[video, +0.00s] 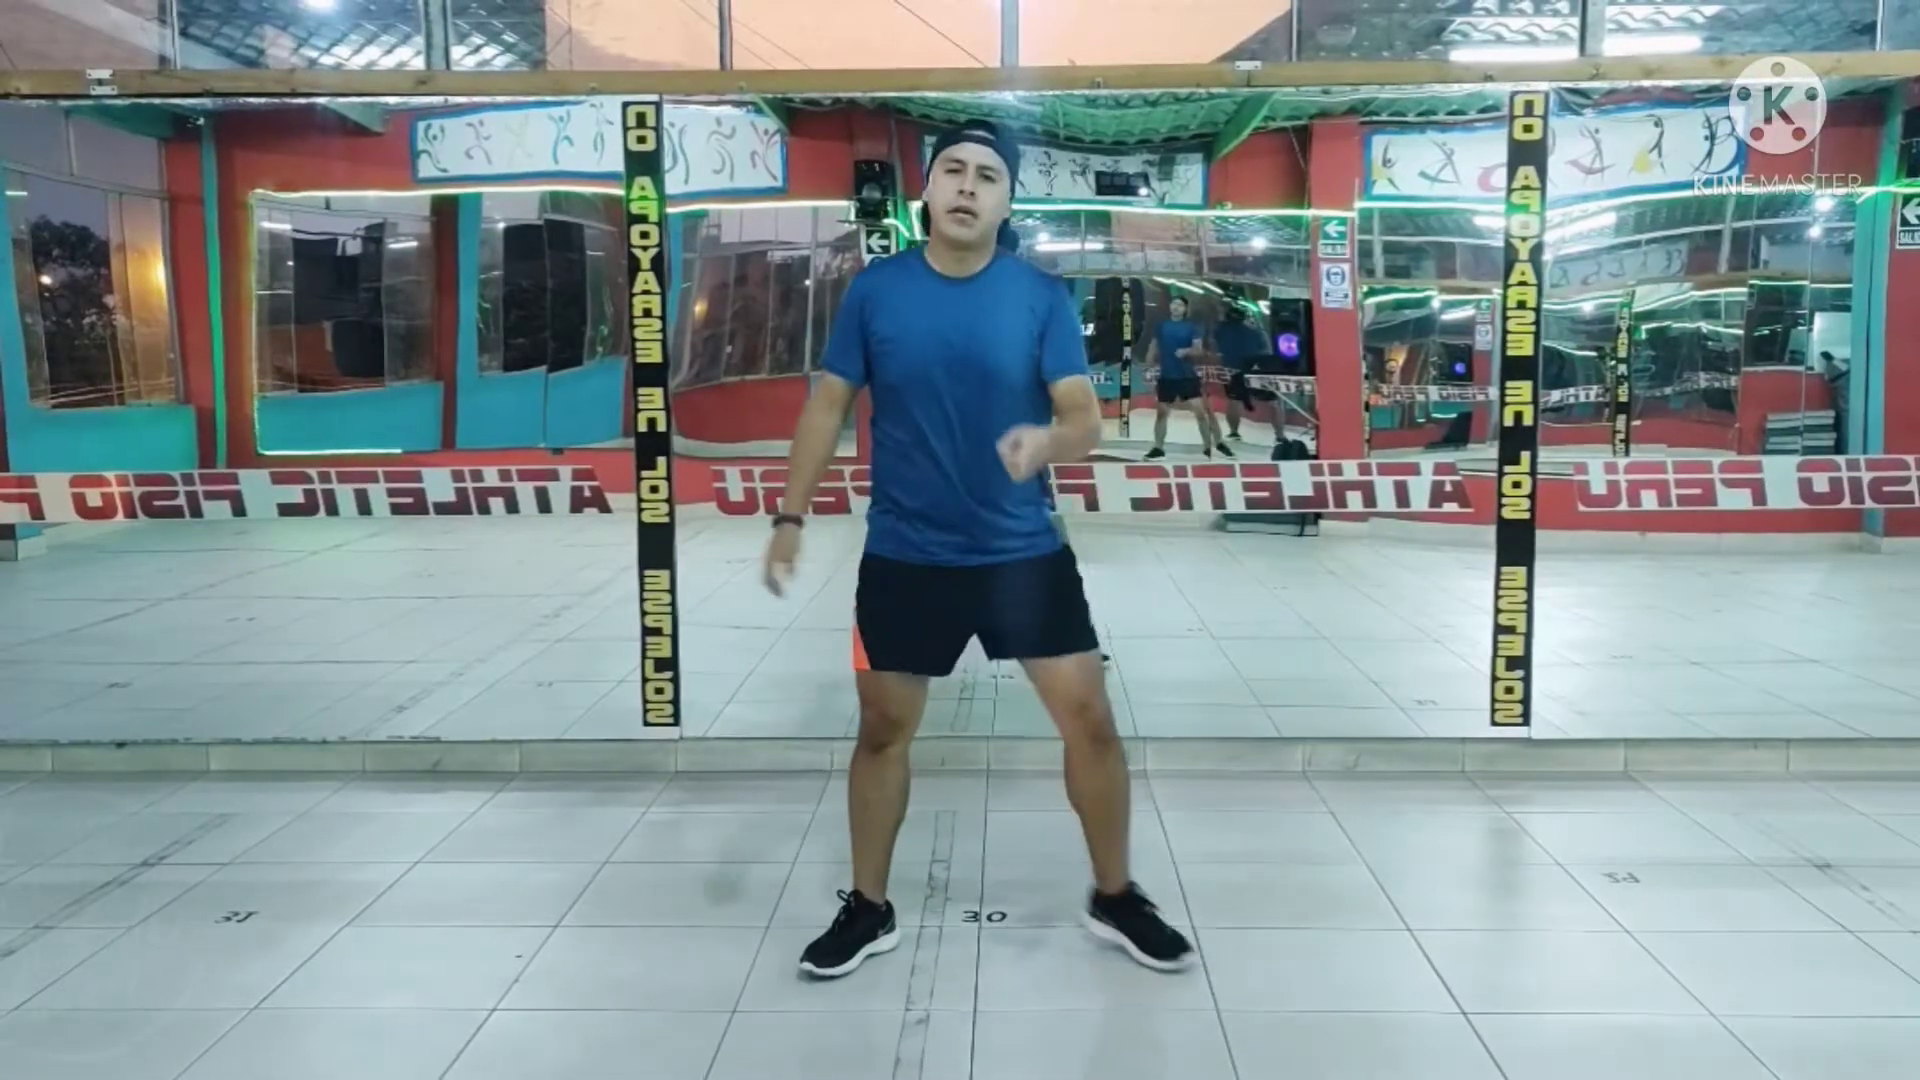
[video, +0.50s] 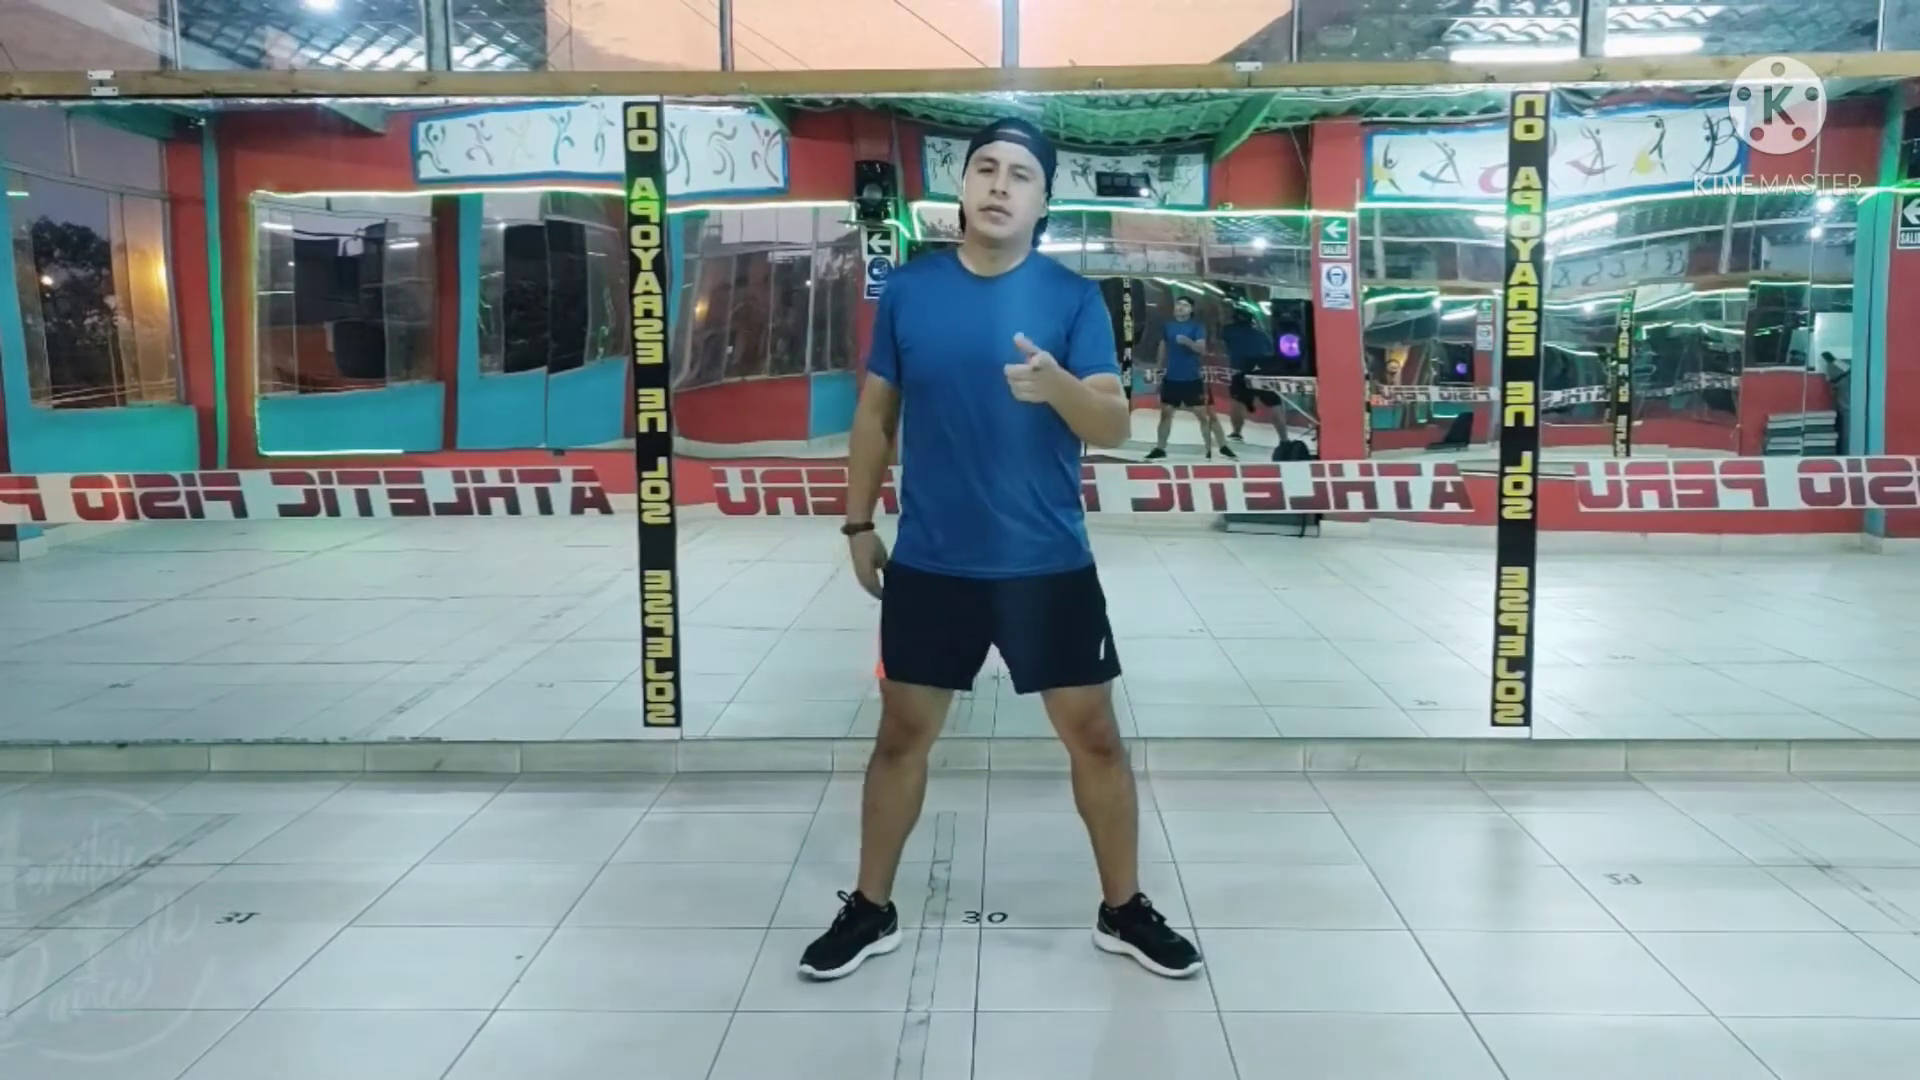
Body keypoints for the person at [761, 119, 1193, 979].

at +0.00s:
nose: (967, 186)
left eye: (986, 177)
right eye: (953, 172)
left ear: (1008, 204)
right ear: (926, 192)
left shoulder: (1039, 295)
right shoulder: (874, 291)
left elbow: (1084, 424)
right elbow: (827, 406)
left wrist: (1046, 441)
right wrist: (791, 515)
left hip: (1023, 549)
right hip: (907, 549)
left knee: (1089, 715)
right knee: (882, 727)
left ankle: (1115, 893)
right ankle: (867, 901)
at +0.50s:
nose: (999, 185)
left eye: (1019, 176)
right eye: (986, 170)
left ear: (1044, 204)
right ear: (960, 190)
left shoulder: (1072, 297)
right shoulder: (907, 290)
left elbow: (1111, 428)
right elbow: (874, 413)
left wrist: (1061, 390)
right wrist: (859, 523)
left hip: (1047, 558)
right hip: (933, 555)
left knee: (1094, 733)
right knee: (901, 734)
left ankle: (1124, 905)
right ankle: (871, 904)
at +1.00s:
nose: (995, 186)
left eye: (1014, 177)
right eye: (981, 171)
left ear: (1038, 203)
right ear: (953, 189)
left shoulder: (1067, 297)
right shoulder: (901, 291)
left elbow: (1112, 430)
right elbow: (862, 406)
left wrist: (1068, 395)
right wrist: (833, 521)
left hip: (1041, 561)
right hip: (926, 558)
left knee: (1092, 738)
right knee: (896, 736)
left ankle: (1124, 905)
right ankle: (871, 905)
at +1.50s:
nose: (993, 189)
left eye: (1013, 180)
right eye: (980, 173)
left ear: (1037, 203)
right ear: (952, 189)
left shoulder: (1068, 297)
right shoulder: (900, 292)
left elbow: (1111, 431)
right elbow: (865, 413)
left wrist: (1067, 395)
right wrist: (847, 527)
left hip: (1044, 563)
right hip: (928, 560)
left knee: (1094, 740)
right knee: (896, 739)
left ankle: (1124, 905)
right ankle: (871, 905)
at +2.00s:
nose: (996, 190)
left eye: (1016, 180)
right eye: (982, 174)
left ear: (1039, 204)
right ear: (955, 191)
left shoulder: (1069, 298)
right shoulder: (900, 292)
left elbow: (1111, 432)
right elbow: (866, 412)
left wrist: (1069, 397)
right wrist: (848, 529)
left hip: (1045, 564)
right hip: (928, 560)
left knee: (1095, 742)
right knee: (896, 740)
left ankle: (1125, 906)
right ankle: (872, 905)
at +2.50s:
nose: (1000, 190)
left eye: (1020, 181)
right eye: (986, 174)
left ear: (1042, 206)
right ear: (957, 190)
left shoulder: (1072, 299)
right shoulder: (903, 292)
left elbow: (1113, 435)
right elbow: (867, 411)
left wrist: (1074, 398)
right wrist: (849, 527)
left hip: (1045, 564)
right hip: (929, 560)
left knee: (1096, 742)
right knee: (896, 738)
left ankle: (1126, 906)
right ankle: (873, 905)